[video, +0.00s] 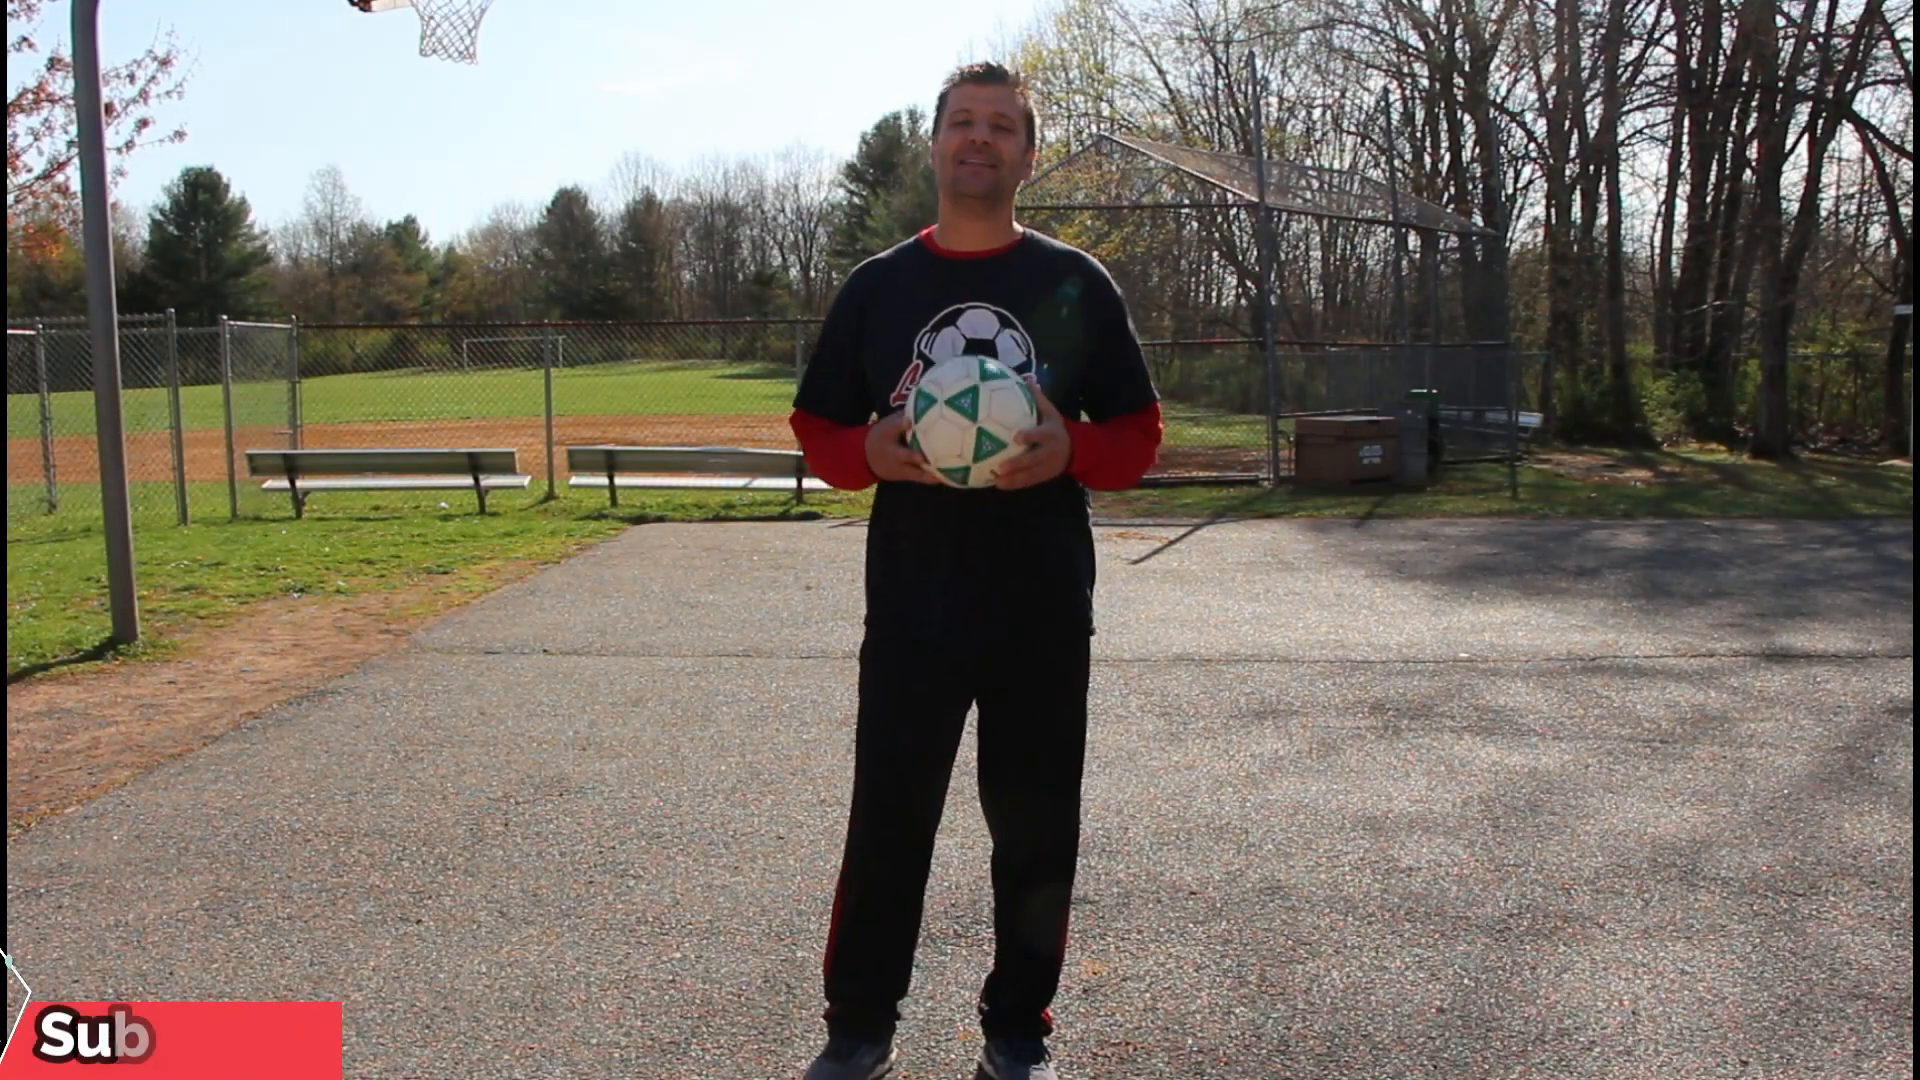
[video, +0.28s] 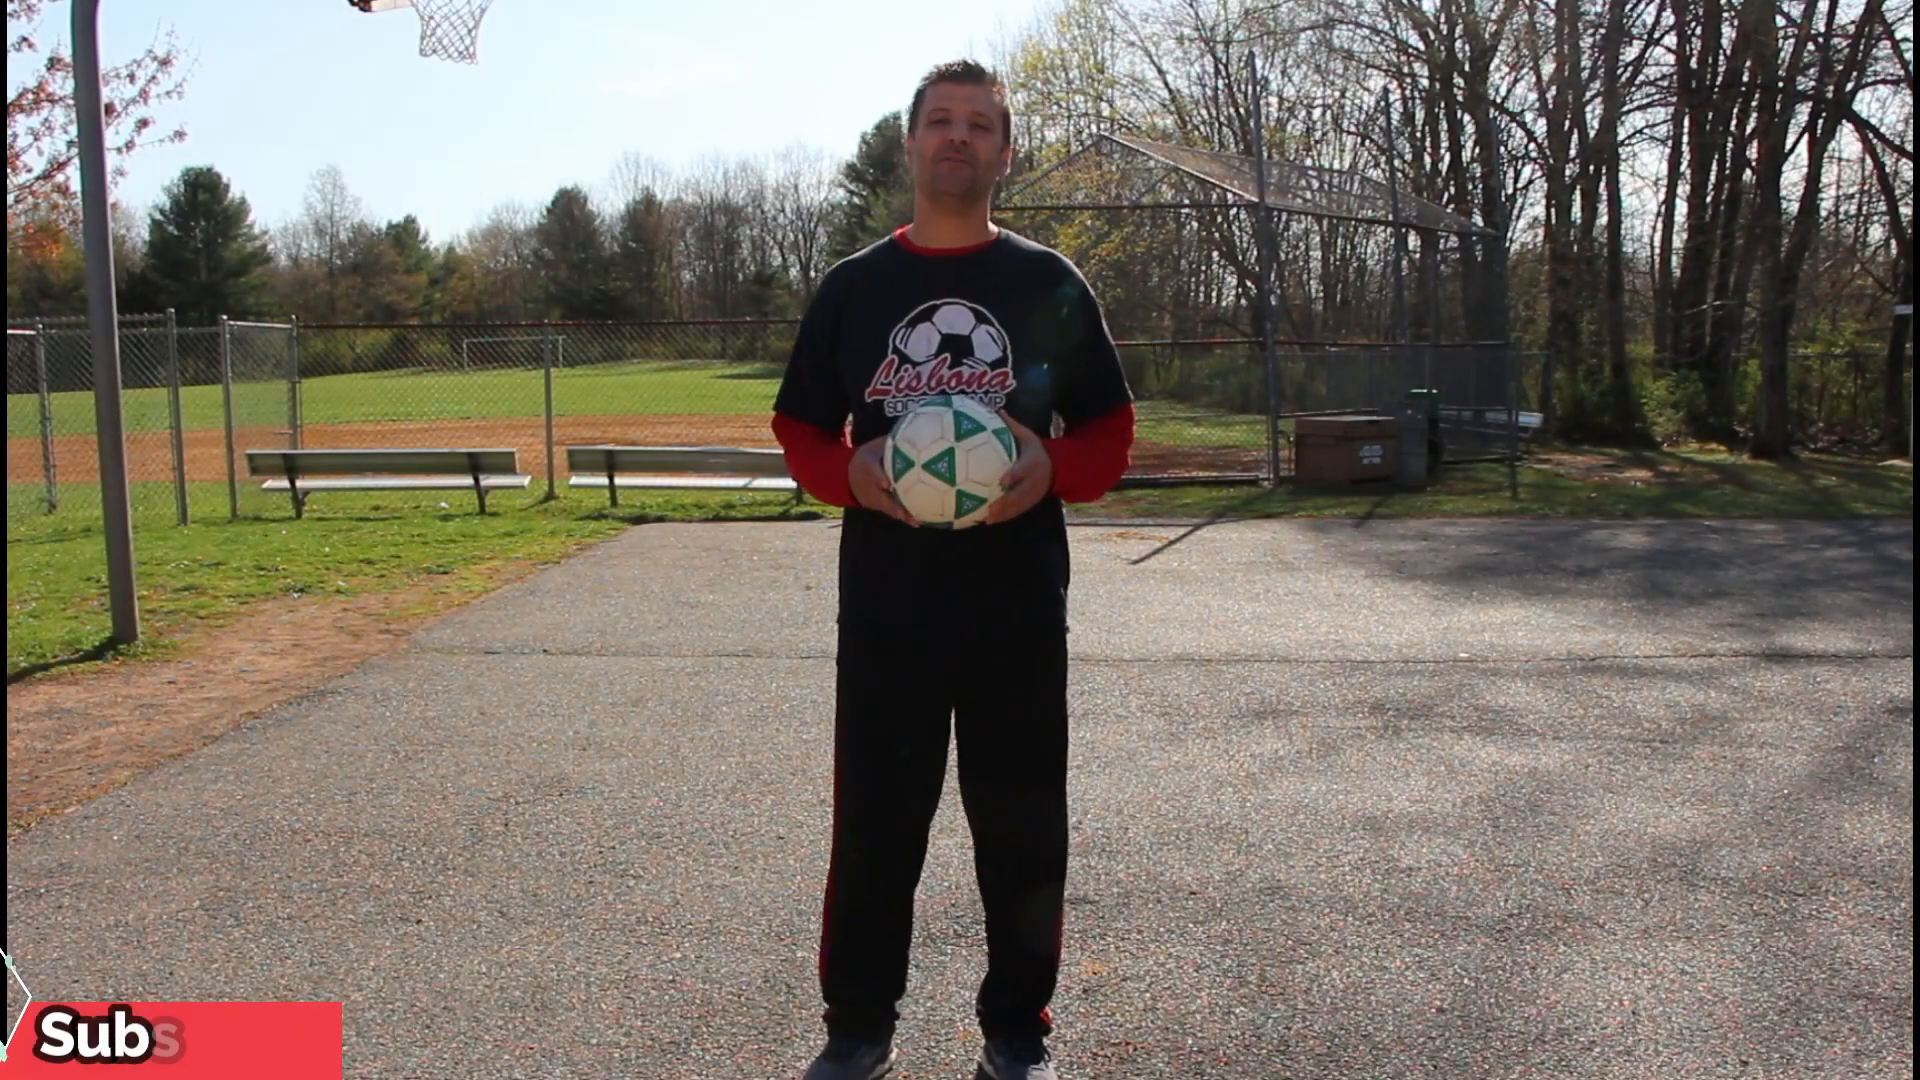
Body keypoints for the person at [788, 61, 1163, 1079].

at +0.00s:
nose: (980, 139)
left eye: (1003, 126)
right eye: (962, 123)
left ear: (1030, 155)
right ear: (933, 146)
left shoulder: (1078, 283)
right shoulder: (873, 287)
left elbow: (1140, 434)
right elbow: (816, 429)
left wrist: (1075, 446)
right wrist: (865, 448)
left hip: (1040, 591)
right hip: (912, 588)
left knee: (1037, 821)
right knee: (888, 812)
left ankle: (1018, 1035)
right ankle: (857, 1028)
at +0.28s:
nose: (959, 139)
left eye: (981, 126)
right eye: (939, 123)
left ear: (1006, 152)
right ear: (909, 145)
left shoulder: (1050, 282)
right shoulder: (849, 287)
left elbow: (1112, 424)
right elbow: (799, 422)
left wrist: (1056, 467)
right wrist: (846, 474)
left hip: (1015, 595)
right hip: (887, 596)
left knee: (1024, 821)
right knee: (874, 817)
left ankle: (1019, 1034)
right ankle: (857, 1029)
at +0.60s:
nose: (925, 136)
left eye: (945, 122)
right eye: (905, 121)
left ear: (971, 148)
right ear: (874, 144)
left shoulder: (1017, 283)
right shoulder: (817, 288)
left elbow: (1075, 425)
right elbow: (760, 423)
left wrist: (1018, 470)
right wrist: (811, 475)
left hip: (980, 587)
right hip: (852, 589)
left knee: (999, 809)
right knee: (852, 811)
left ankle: (1015, 1030)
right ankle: (854, 1026)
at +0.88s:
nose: (903, 135)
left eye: (921, 120)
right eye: (881, 122)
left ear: (947, 145)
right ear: (851, 149)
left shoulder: (999, 280)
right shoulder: (799, 290)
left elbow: (1057, 434)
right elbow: (741, 439)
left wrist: (998, 438)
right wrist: (794, 436)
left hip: (962, 592)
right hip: (834, 597)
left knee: (987, 812)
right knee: (842, 817)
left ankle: (1015, 1031)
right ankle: (855, 1027)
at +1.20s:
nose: (876, 140)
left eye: (893, 123)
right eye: (854, 127)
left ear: (924, 142)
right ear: (829, 153)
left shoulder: (981, 282)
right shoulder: (780, 292)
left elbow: (1042, 433)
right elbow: (726, 439)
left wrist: (986, 449)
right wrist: (778, 451)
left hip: (941, 592)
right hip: (815, 598)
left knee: (973, 810)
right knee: (830, 815)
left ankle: (1013, 1025)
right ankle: (852, 1022)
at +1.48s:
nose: (876, 148)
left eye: (893, 131)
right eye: (854, 133)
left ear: (920, 148)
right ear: (826, 156)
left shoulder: (973, 286)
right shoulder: (773, 294)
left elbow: (1029, 433)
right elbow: (718, 427)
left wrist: (976, 482)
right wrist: (769, 475)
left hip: (934, 592)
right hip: (808, 595)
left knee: (966, 814)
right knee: (826, 817)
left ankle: (1012, 1028)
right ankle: (852, 1025)